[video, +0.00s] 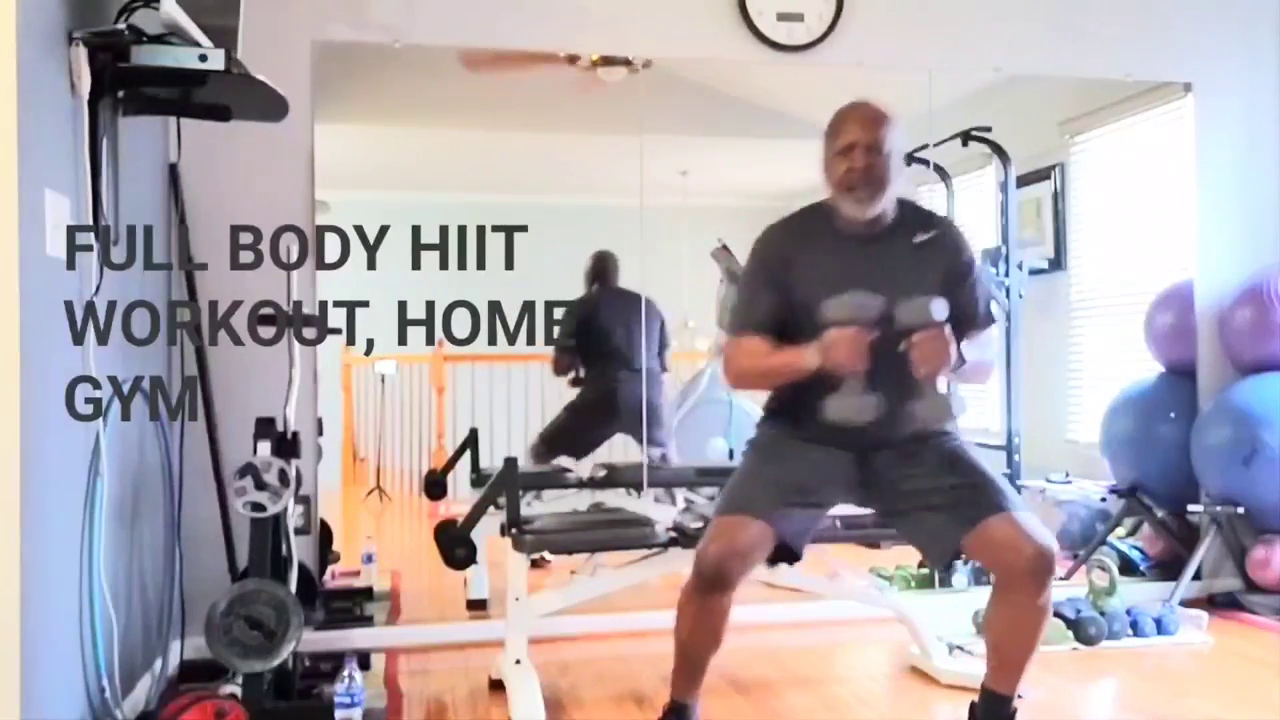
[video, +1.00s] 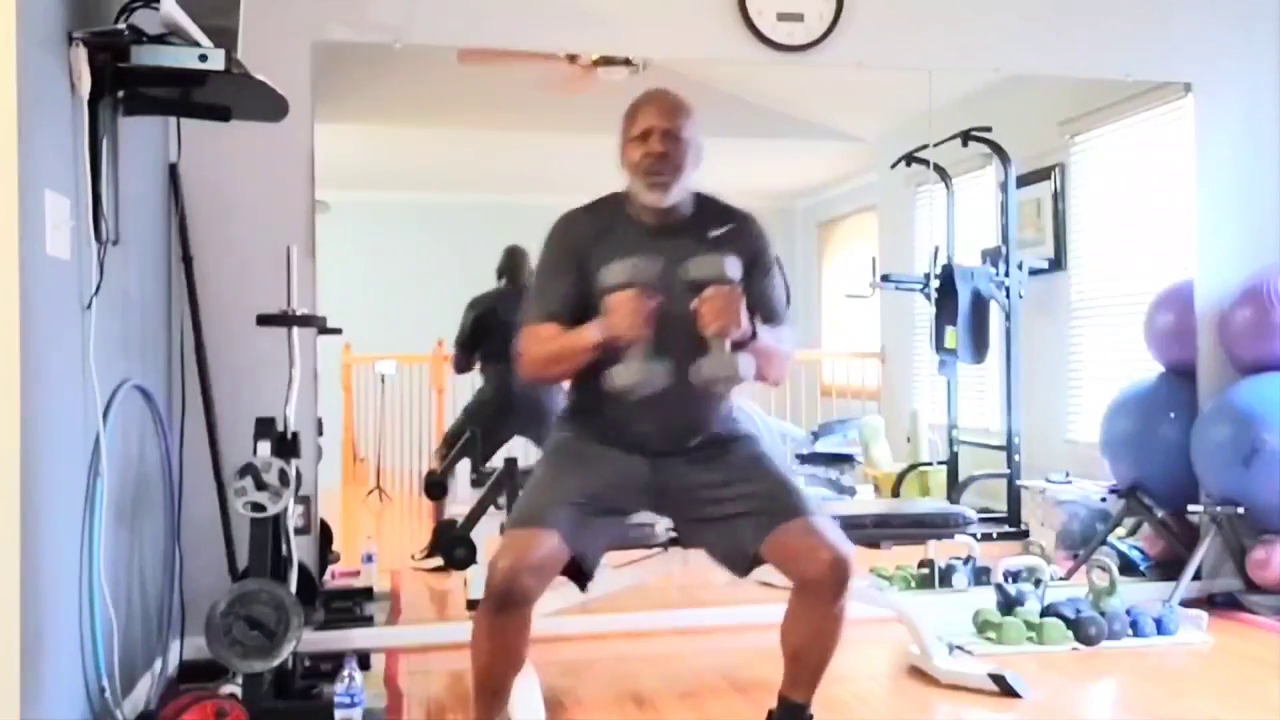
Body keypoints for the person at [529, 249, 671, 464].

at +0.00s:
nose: (589, 274)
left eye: (590, 271)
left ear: (590, 275)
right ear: (616, 274)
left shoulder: (582, 307)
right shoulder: (648, 306)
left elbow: (562, 365)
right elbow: (662, 364)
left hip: (602, 397)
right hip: (648, 399)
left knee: (540, 454)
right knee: (666, 462)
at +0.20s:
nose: (555, 255)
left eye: (556, 250)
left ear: (557, 251)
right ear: (583, 250)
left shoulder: (548, 284)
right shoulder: (616, 279)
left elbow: (528, 323)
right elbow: (646, 319)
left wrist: (529, 359)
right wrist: (627, 333)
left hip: (573, 372)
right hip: (616, 370)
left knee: (534, 448)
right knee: (631, 446)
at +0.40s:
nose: (544, 230)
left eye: (543, 225)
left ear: (540, 226)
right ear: (568, 223)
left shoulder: (535, 254)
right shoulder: (593, 250)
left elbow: (509, 289)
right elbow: (632, 272)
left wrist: (510, 320)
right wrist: (627, 316)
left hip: (547, 350)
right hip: (586, 350)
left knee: (533, 428)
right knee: (584, 426)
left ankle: (529, 486)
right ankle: (587, 480)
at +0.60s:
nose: (540, 220)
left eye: (539, 215)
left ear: (537, 218)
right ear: (566, 217)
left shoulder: (525, 251)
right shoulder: (591, 251)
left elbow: (500, 297)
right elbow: (634, 288)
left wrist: (507, 319)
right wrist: (599, 306)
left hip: (535, 347)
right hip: (576, 350)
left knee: (523, 432)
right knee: (572, 431)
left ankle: (525, 497)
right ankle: (584, 487)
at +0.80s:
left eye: (529, 226)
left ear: (524, 228)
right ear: (554, 227)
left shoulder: (509, 262)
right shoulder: (578, 261)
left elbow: (487, 319)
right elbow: (594, 319)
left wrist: (508, 310)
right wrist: (565, 312)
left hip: (521, 360)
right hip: (567, 361)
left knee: (484, 430)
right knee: (578, 442)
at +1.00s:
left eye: (506, 268)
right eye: (521, 268)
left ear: (500, 271)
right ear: (529, 270)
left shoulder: (483, 305)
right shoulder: (546, 302)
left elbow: (462, 363)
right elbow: (562, 354)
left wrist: (482, 347)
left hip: (498, 396)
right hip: (542, 396)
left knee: (449, 448)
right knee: (567, 458)